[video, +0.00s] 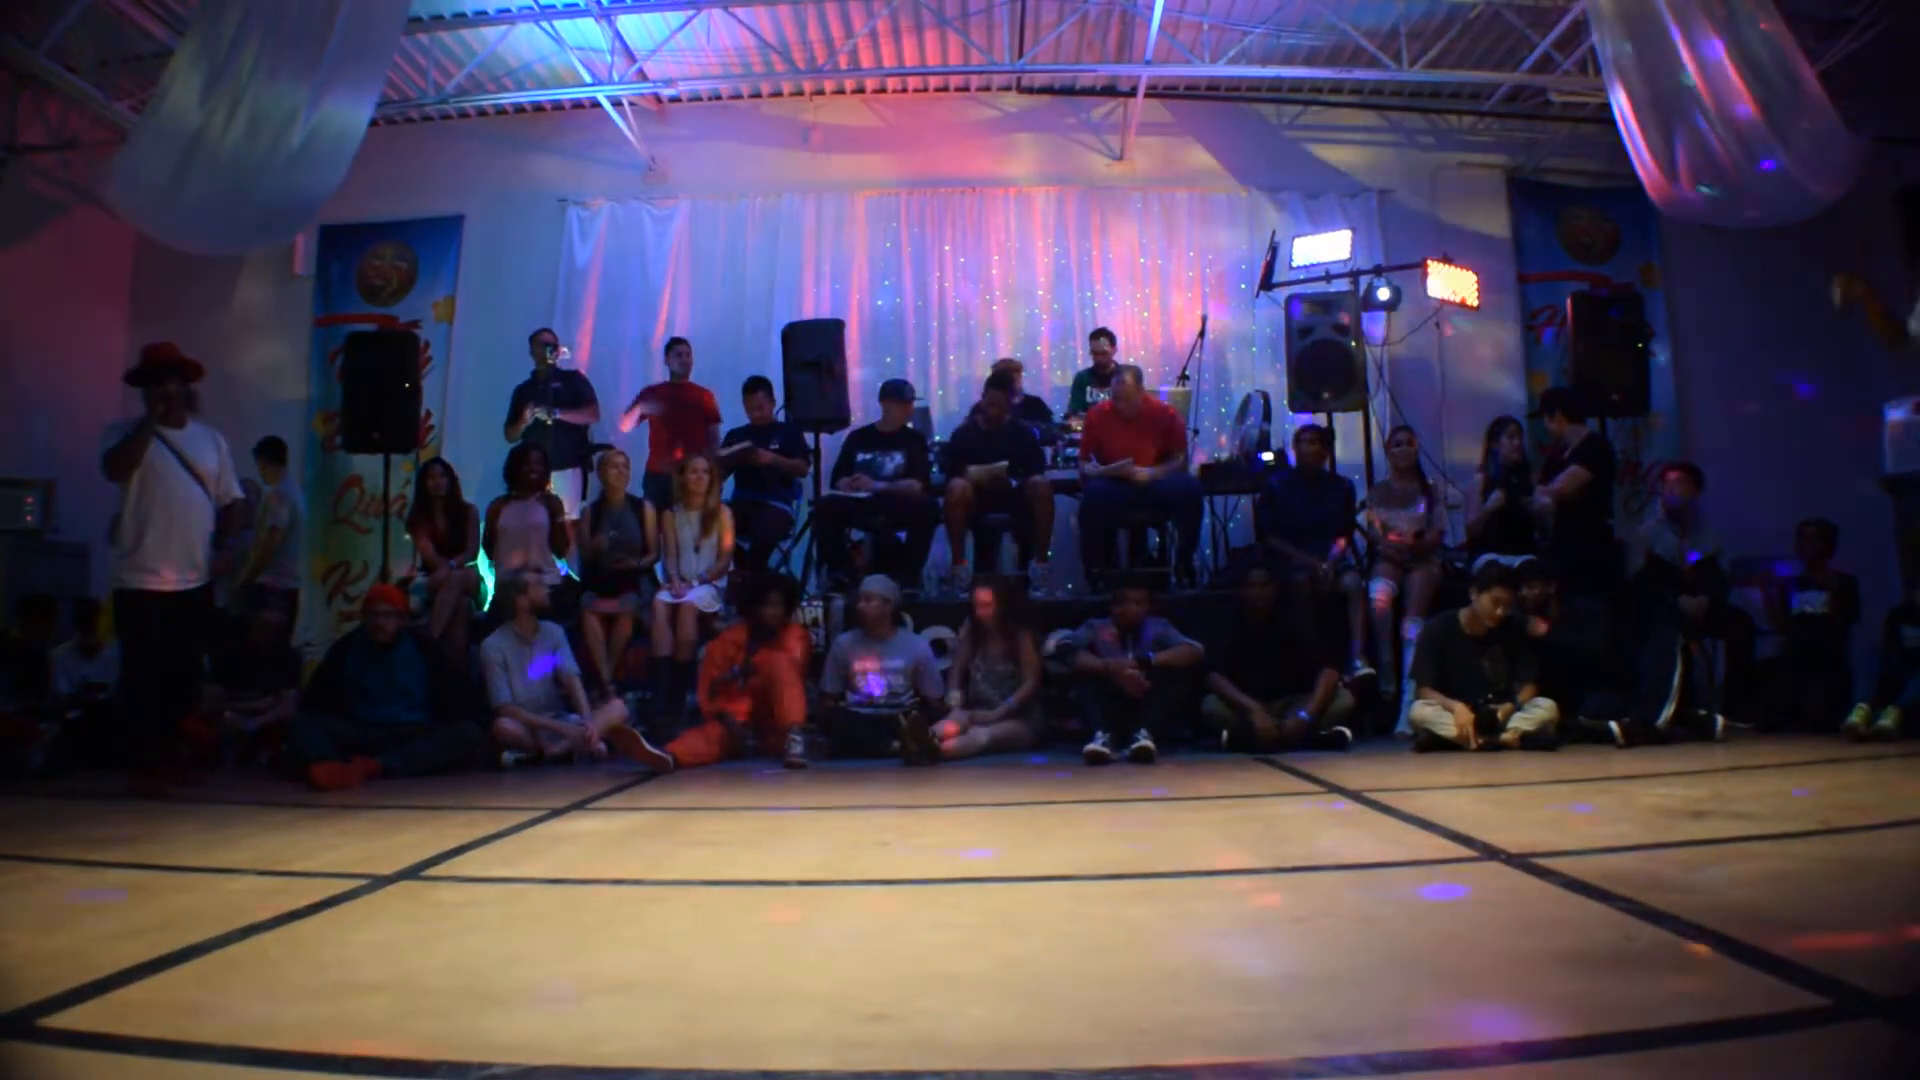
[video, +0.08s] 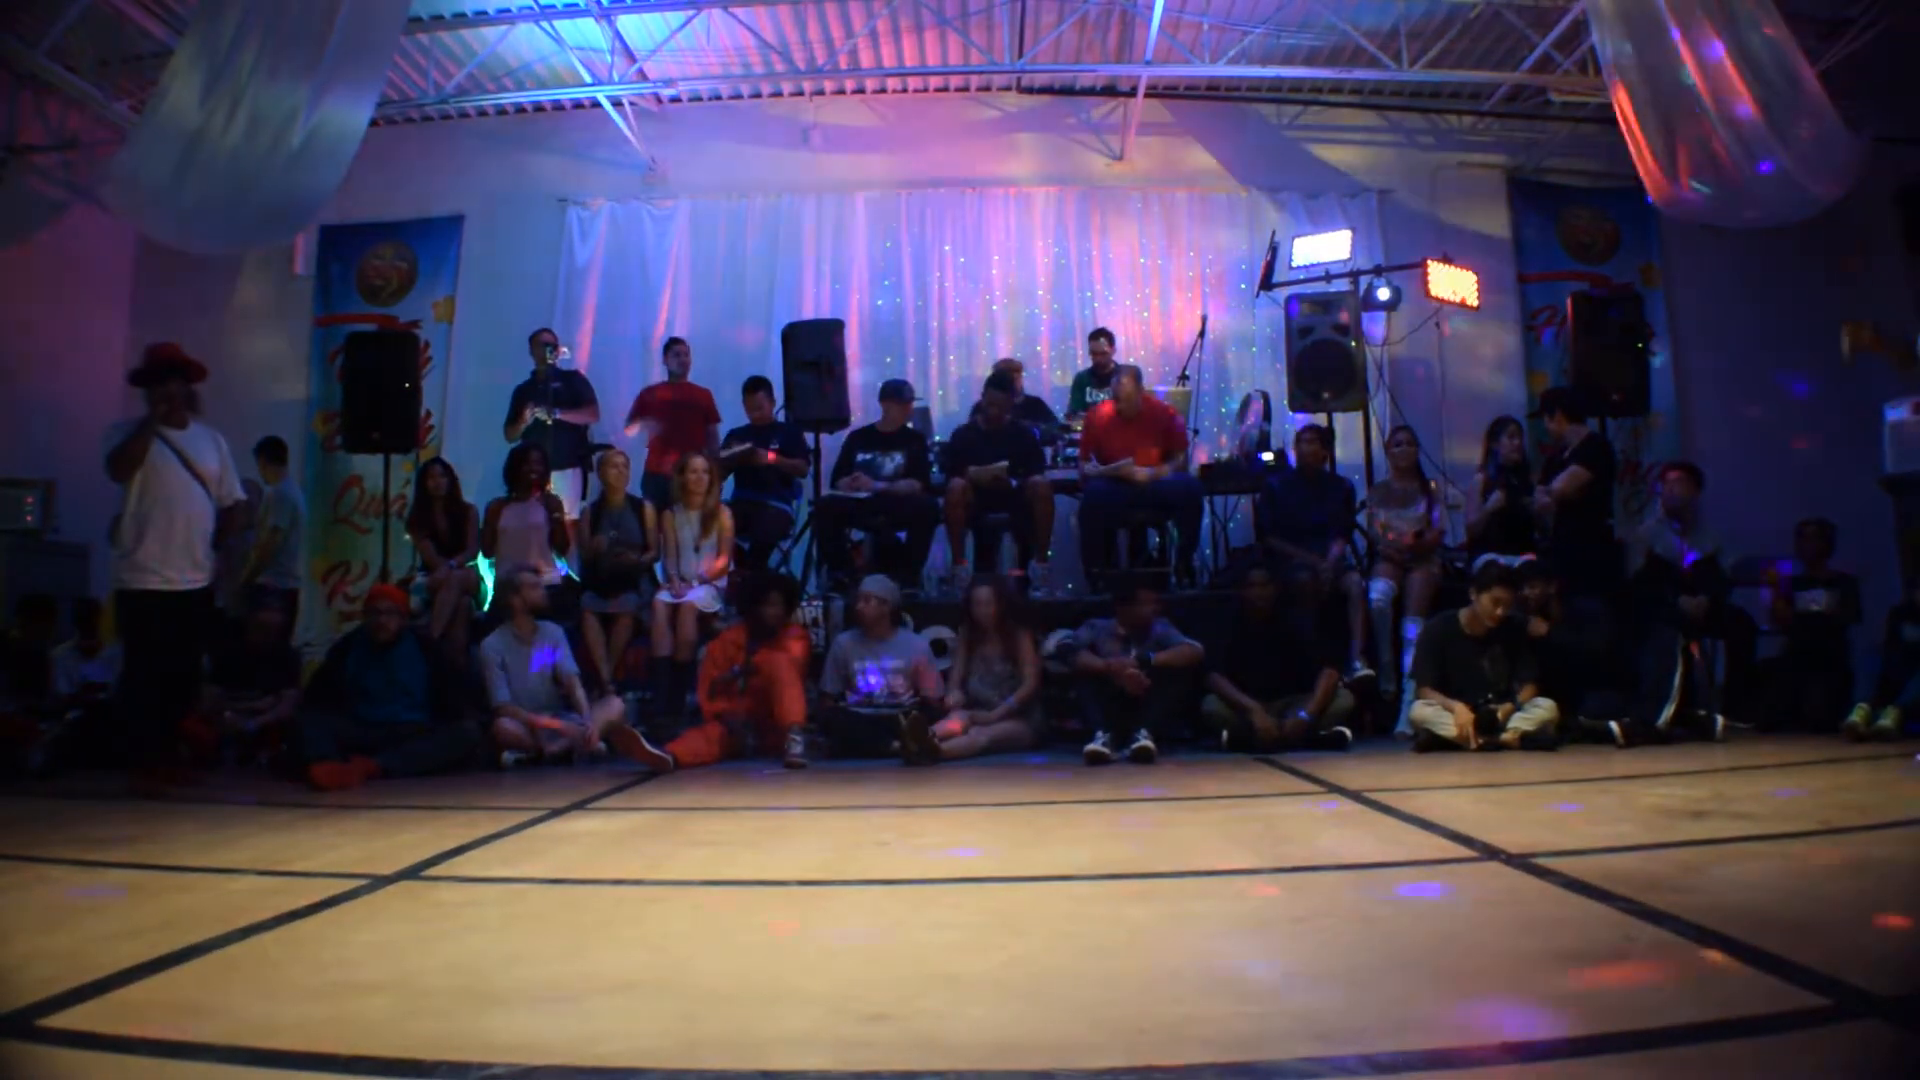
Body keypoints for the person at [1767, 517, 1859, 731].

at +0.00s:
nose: (1809, 547)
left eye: (1816, 540)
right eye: (1805, 540)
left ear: (1828, 546)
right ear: (1798, 545)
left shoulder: (1843, 583)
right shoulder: (1790, 585)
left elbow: (1849, 622)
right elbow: (1781, 624)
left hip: (1832, 661)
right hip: (1795, 662)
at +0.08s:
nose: (1809, 547)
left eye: (1816, 540)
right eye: (1805, 540)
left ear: (1827, 544)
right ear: (1798, 545)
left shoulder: (1844, 583)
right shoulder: (1791, 584)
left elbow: (1852, 620)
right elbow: (1781, 622)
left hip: (1833, 658)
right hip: (1796, 658)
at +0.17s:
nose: (1811, 546)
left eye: (1817, 539)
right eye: (1806, 540)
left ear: (1828, 543)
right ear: (1797, 545)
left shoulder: (1844, 583)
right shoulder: (1787, 584)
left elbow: (1853, 620)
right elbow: (1778, 622)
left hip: (1834, 657)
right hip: (1796, 658)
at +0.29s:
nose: (1808, 546)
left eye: (1814, 539)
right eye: (1802, 540)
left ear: (1825, 544)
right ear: (1795, 544)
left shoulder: (1837, 581)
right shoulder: (1785, 583)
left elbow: (1847, 617)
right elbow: (1774, 621)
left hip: (1829, 658)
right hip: (1793, 658)